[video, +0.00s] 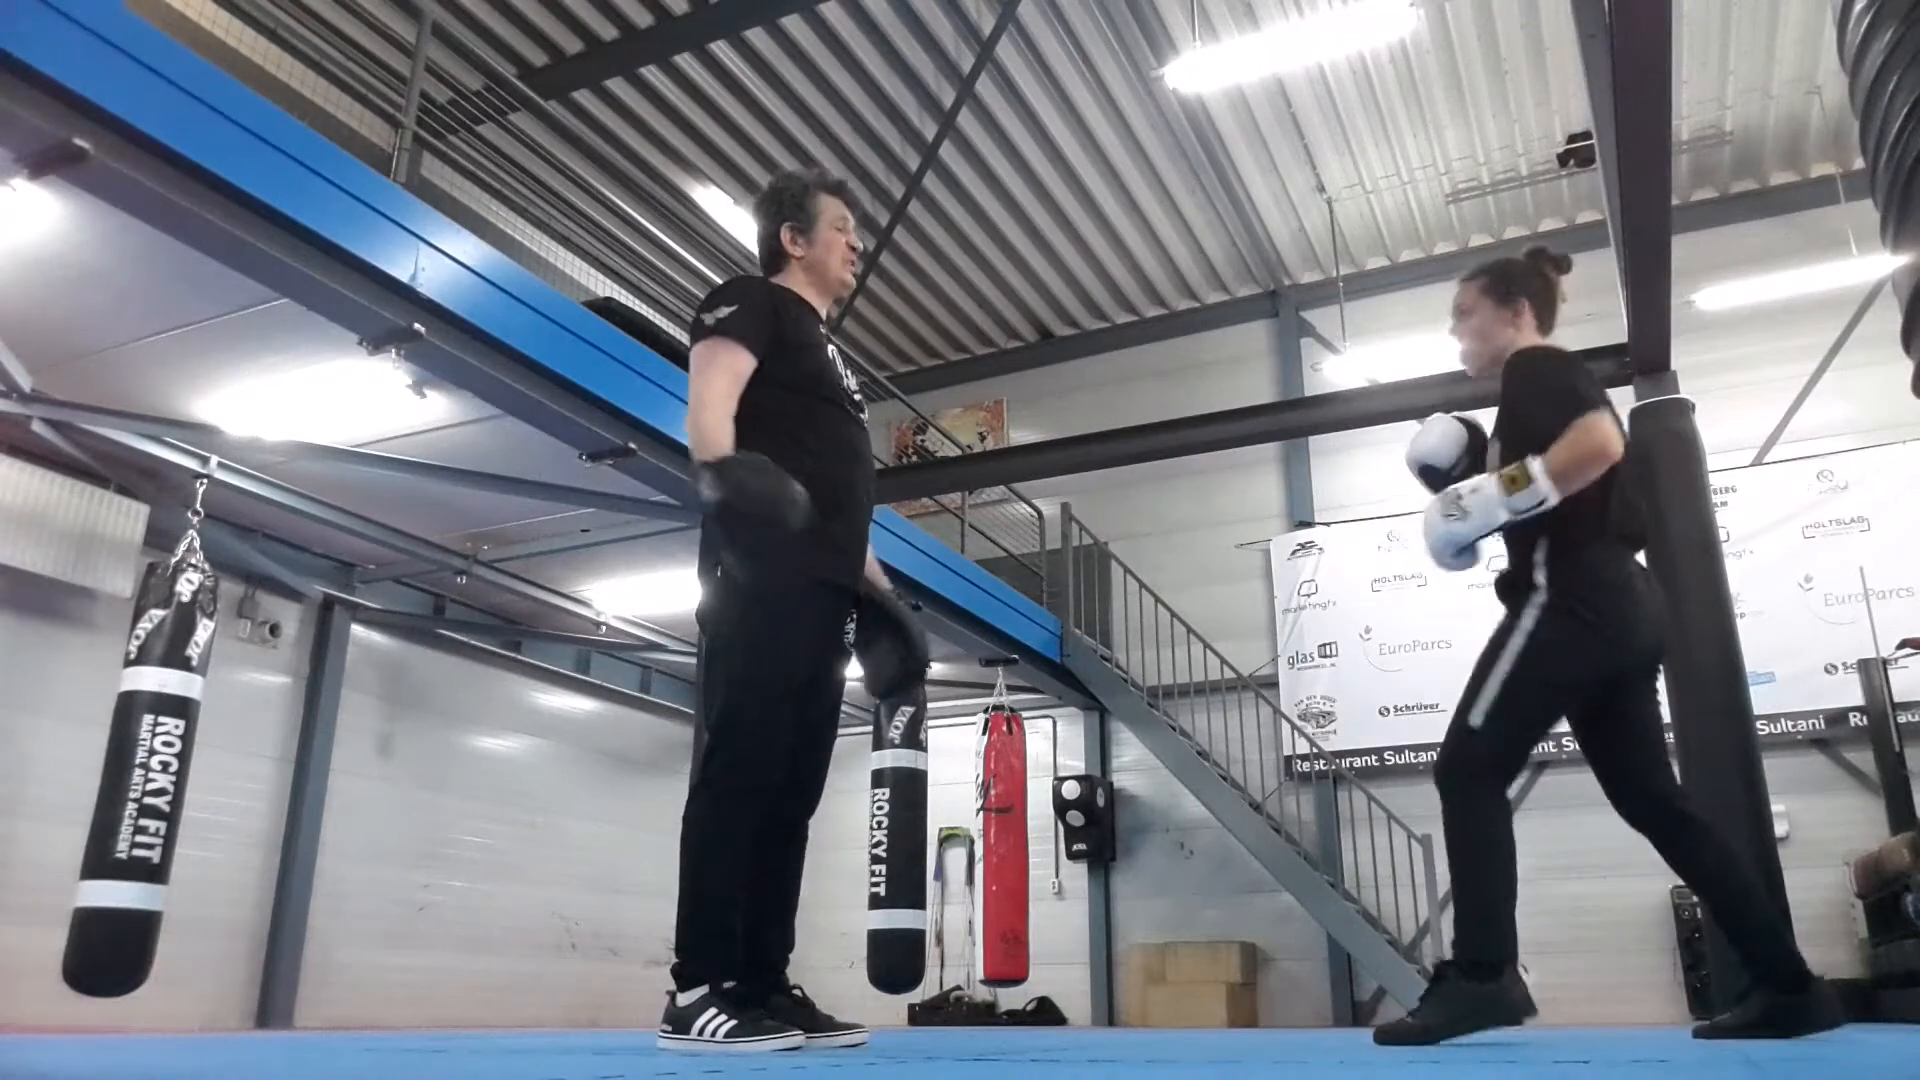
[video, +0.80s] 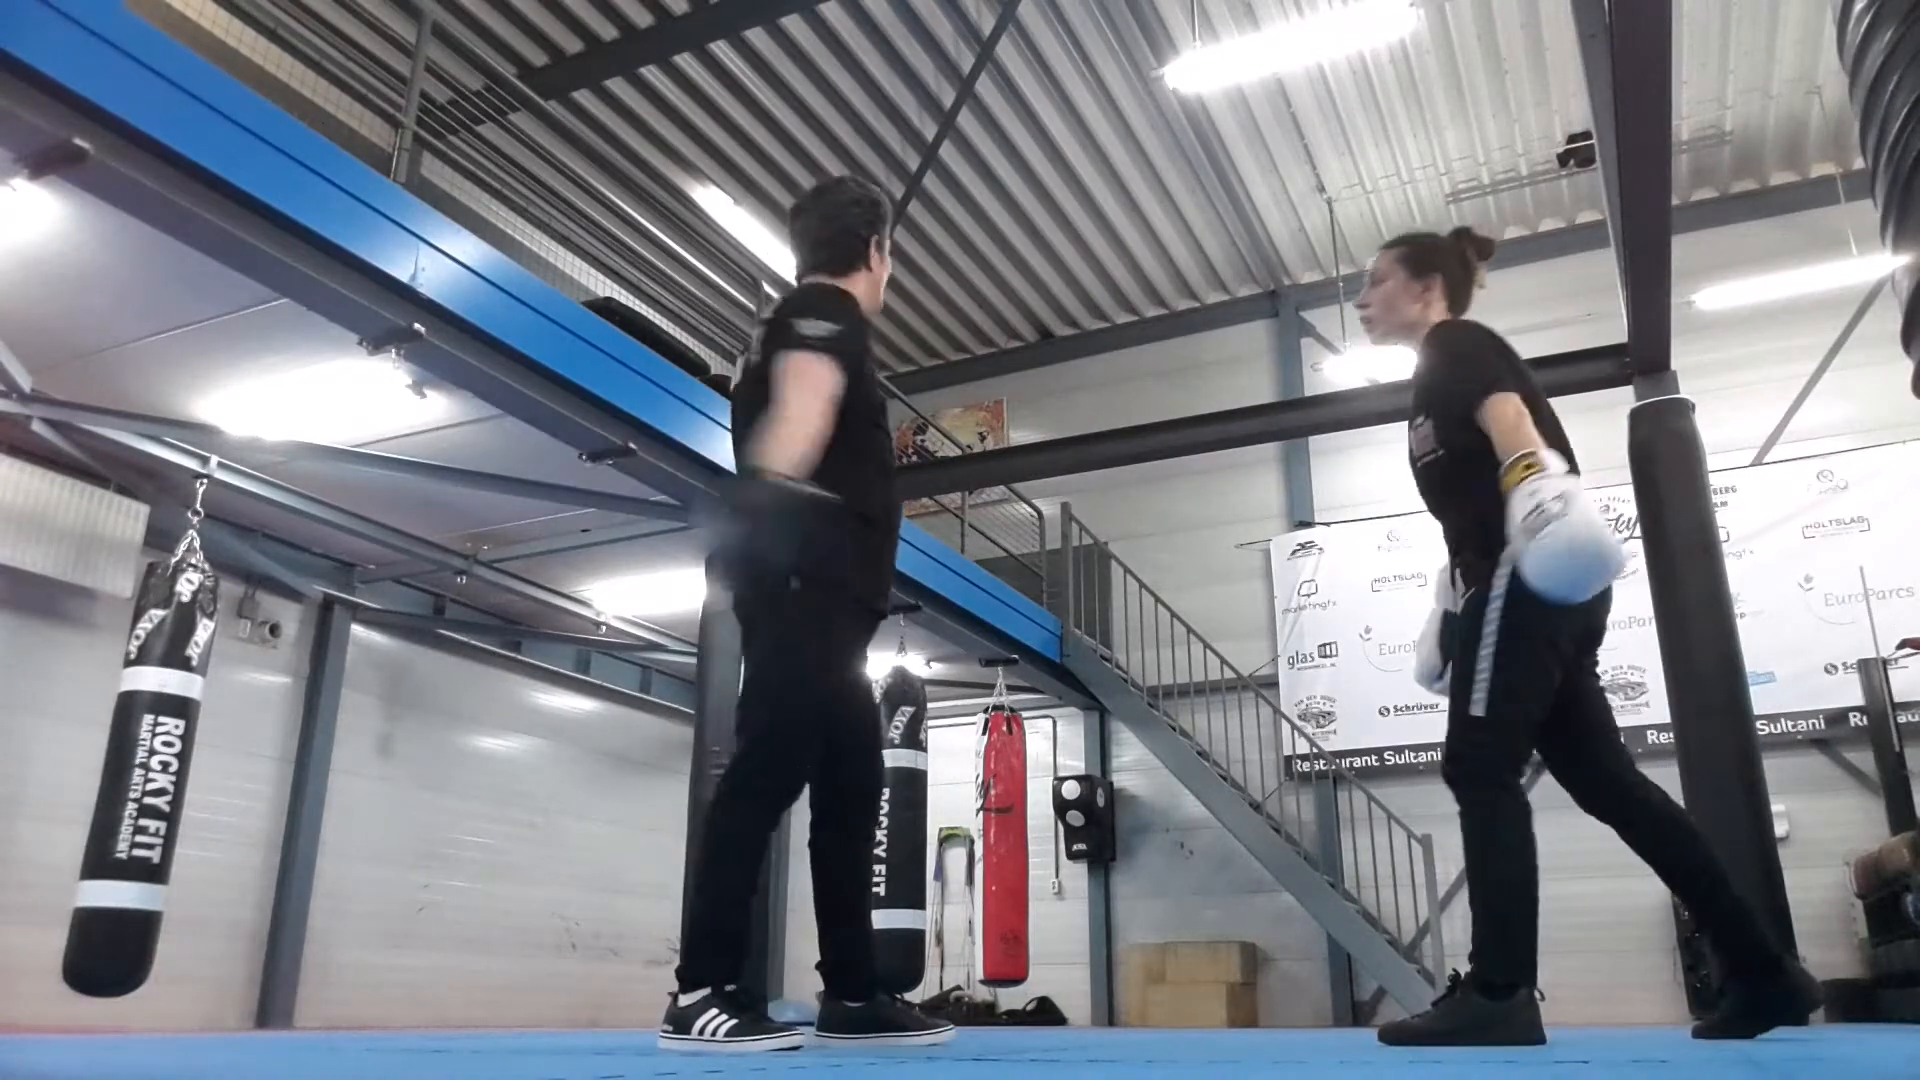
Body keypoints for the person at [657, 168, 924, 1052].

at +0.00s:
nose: (860, 248)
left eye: (859, 236)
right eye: (845, 231)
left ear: (824, 249)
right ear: (793, 238)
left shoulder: (825, 354)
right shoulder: (753, 299)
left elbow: (837, 503)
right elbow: (709, 401)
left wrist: (880, 597)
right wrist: (729, 479)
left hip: (820, 589)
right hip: (763, 571)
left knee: (792, 789)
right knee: (741, 772)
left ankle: (763, 987)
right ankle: (701, 993)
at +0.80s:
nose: (892, 269)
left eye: (889, 253)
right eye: (891, 253)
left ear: (812, 251)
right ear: (873, 251)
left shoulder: (817, 327)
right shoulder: (823, 317)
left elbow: (805, 449)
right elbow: (791, 431)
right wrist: (756, 523)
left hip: (818, 599)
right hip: (797, 594)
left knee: (849, 778)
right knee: (767, 774)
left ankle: (854, 994)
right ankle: (703, 996)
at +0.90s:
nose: (884, 266)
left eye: (879, 255)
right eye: (881, 254)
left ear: (794, 263)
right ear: (869, 255)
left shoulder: (774, 345)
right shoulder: (851, 319)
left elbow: (783, 478)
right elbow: (893, 451)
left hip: (793, 590)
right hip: (822, 591)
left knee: (845, 785)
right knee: (771, 777)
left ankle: (854, 996)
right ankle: (704, 996)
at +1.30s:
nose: (918, 273)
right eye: (913, 260)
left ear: (835, 281)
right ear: (904, 268)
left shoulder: (791, 371)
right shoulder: (919, 317)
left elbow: (774, 510)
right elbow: (987, 255)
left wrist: (780, 606)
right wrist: (945, 178)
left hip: (809, 588)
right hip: (879, 580)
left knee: (851, 792)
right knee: (814, 771)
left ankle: (854, 995)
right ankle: (715, 974)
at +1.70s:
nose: (926, 289)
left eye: (923, 278)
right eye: (919, 278)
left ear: (846, 289)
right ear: (893, 275)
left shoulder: (814, 389)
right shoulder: (889, 317)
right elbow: (1048, 330)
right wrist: (1063, 318)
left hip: (848, 585)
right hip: (886, 576)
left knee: (855, 787)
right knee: (838, 770)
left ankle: (850, 998)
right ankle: (725, 967)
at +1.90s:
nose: (937, 304)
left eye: (934, 292)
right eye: (929, 290)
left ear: (867, 291)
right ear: (897, 283)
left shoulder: (844, 373)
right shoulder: (889, 323)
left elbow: (908, 475)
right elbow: (982, 399)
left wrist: (1006, 465)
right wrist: (1057, 481)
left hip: (863, 581)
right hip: (883, 575)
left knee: (863, 785)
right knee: (860, 772)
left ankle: (851, 997)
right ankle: (737, 958)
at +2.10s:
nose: (961, 311)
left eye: (960, 297)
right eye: (955, 294)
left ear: (899, 291)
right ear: (921, 288)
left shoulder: (862, 352)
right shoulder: (902, 329)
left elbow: (866, 478)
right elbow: (916, 423)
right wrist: (962, 528)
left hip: (867, 578)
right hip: (892, 576)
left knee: (868, 774)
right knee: (914, 755)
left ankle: (844, 987)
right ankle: (798, 950)